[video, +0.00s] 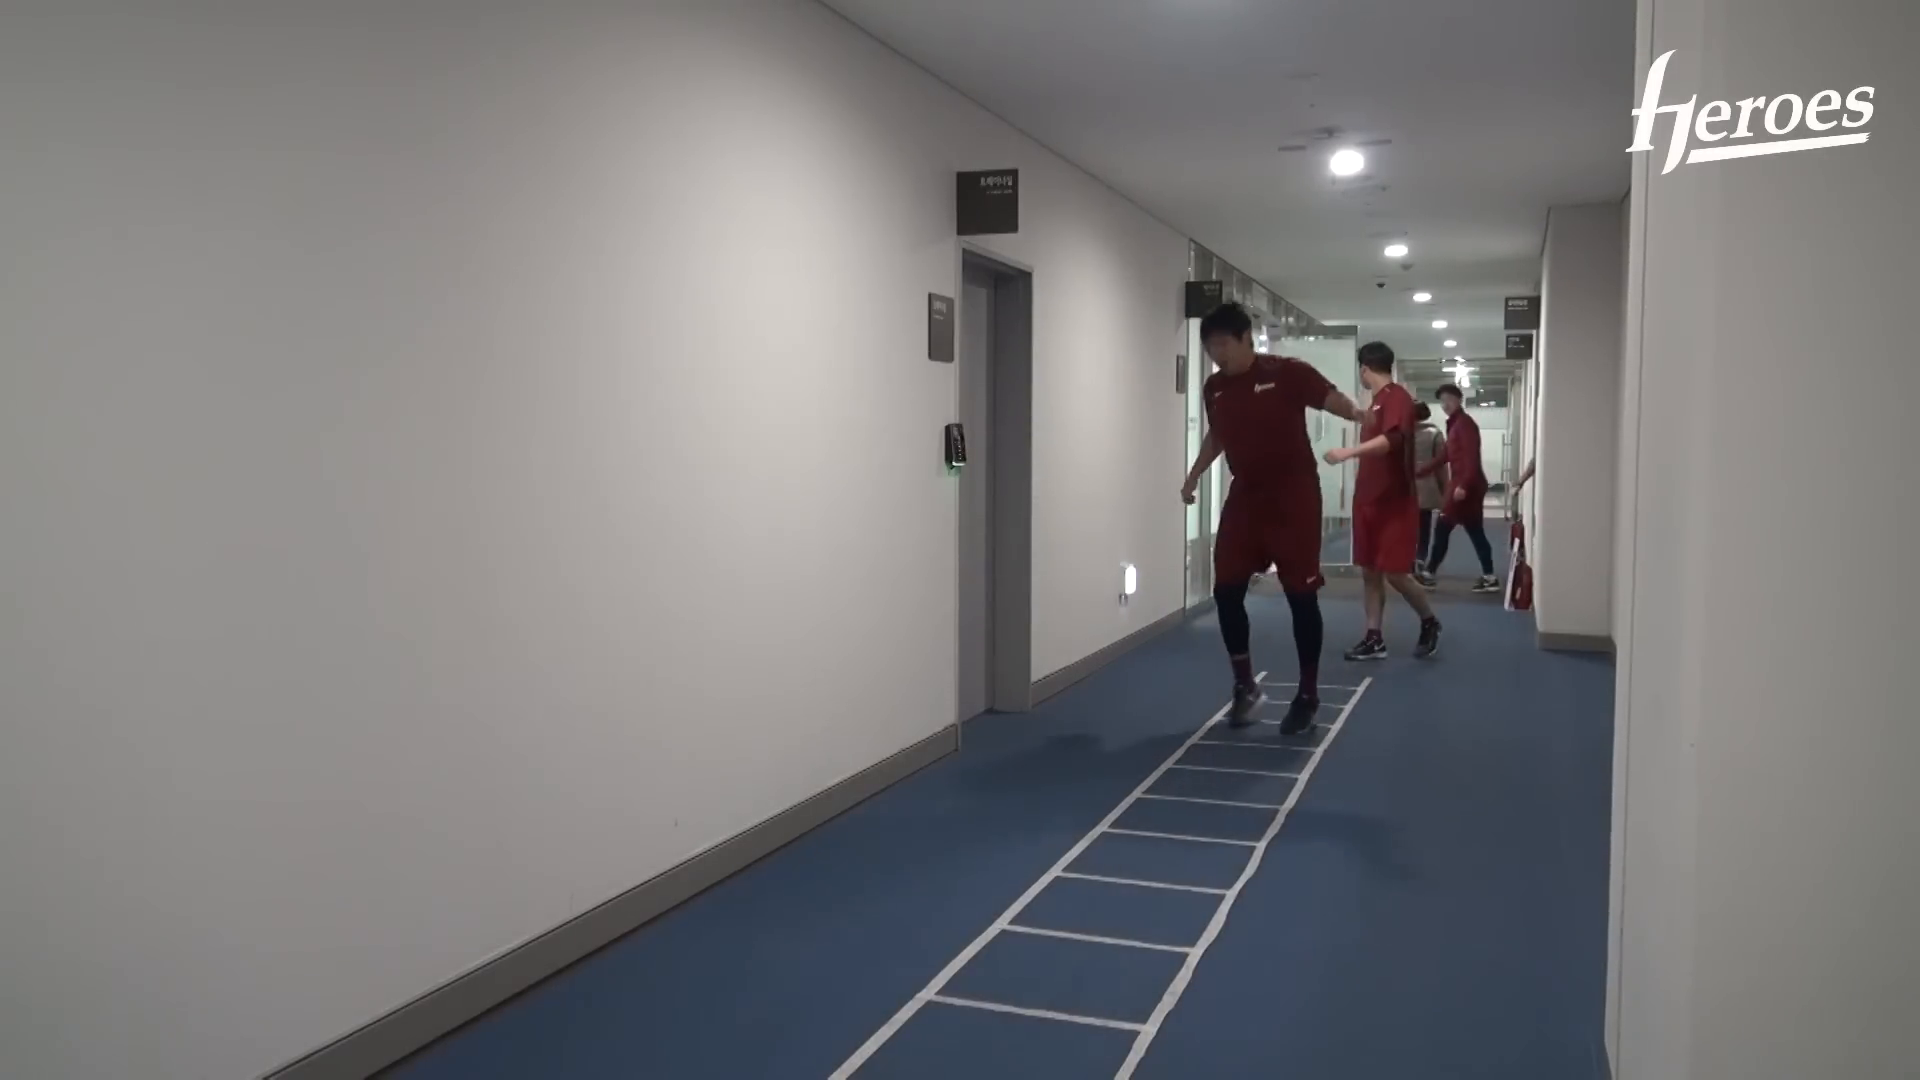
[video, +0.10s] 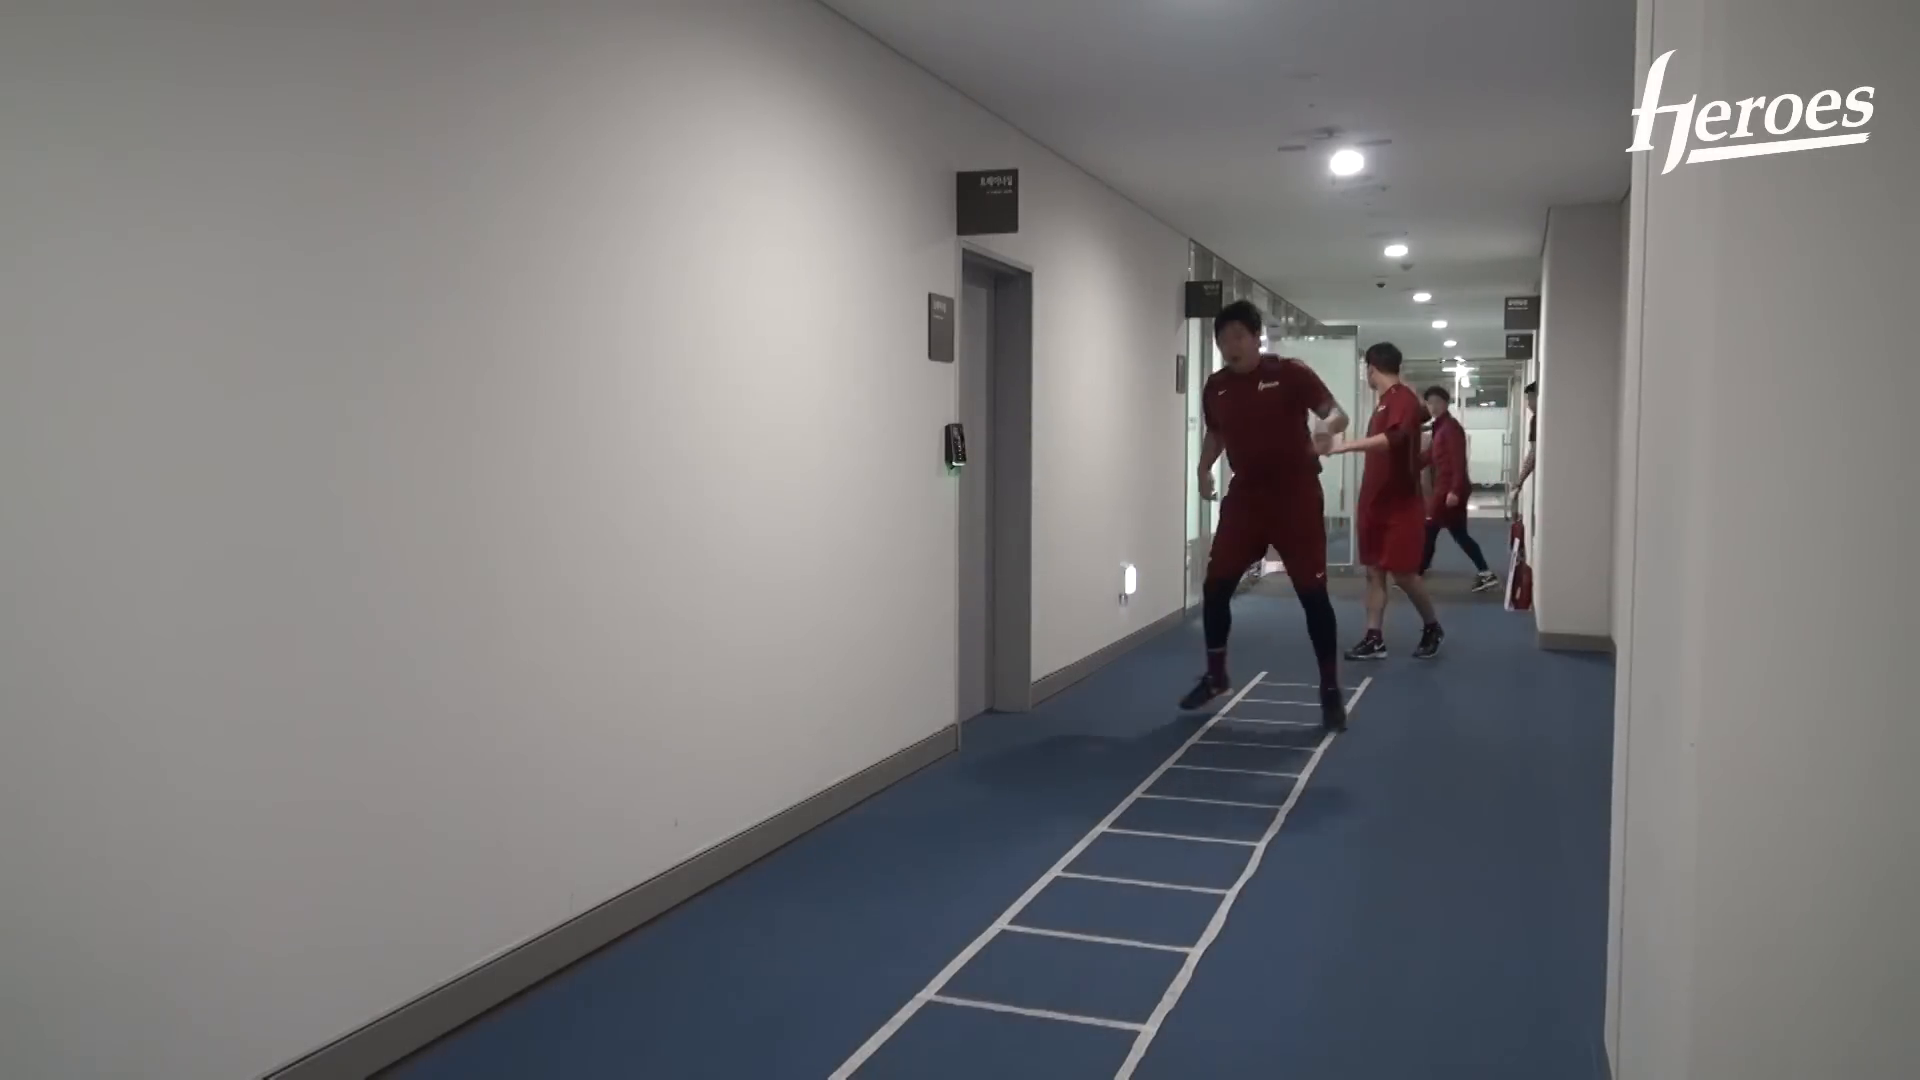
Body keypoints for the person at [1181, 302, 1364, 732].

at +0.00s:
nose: (1214, 355)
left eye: (1219, 345)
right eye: (1209, 348)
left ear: (1243, 339)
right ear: (1210, 348)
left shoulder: (1288, 373)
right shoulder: (1215, 388)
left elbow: (1338, 403)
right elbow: (1219, 434)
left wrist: (1361, 416)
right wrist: (1193, 476)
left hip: (1294, 496)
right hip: (1245, 497)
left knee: (1300, 592)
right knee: (1227, 591)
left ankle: (1307, 694)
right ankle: (1244, 686)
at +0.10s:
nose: (1231, 352)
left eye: (1236, 342)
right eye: (1224, 346)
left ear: (1257, 337)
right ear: (1219, 346)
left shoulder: (1291, 373)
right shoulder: (1216, 386)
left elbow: (1337, 416)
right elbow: (1217, 434)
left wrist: (1326, 431)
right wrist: (1204, 465)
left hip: (1296, 497)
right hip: (1245, 498)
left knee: (1312, 593)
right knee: (1215, 589)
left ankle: (1330, 689)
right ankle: (1216, 676)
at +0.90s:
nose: (1231, 403)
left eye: (1232, 394)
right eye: (1227, 397)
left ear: (1251, 381)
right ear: (1245, 385)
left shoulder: (1309, 400)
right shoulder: (1238, 417)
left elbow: (1348, 440)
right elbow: (1242, 464)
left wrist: (1351, 494)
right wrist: (1217, 498)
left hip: (1309, 520)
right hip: (1258, 522)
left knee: (1343, 598)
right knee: (1222, 597)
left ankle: (1362, 678)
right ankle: (1218, 672)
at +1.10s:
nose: (1229, 385)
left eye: (1228, 377)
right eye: (1225, 380)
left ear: (1242, 363)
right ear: (1237, 367)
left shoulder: (1301, 378)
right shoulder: (1242, 396)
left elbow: (1348, 415)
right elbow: (1256, 446)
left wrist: (1342, 466)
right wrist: (1240, 484)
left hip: (1309, 499)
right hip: (1262, 500)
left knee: (1327, 583)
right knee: (1244, 580)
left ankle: (1345, 671)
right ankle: (1227, 667)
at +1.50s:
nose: (1247, 353)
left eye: (1247, 346)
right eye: (1248, 346)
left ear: (1254, 346)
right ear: (1280, 341)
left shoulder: (1286, 373)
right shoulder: (1281, 375)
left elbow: (1308, 416)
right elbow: (1302, 428)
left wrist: (1265, 448)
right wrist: (1262, 455)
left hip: (1301, 495)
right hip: (1282, 495)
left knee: (1312, 573)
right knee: (1273, 573)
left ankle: (1326, 652)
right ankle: (1266, 658)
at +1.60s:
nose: (1255, 348)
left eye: (1255, 342)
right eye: (1256, 343)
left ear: (1260, 343)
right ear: (1288, 339)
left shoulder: (1287, 370)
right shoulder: (1287, 370)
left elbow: (1313, 415)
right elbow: (1300, 422)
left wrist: (1270, 445)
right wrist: (1266, 446)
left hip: (1303, 488)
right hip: (1290, 486)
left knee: (1313, 569)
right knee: (1271, 567)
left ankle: (1337, 655)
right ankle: (1277, 651)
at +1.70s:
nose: (1260, 364)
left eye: (1260, 358)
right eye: (1261, 358)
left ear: (1266, 359)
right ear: (1291, 356)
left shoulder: (1290, 385)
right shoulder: (1290, 385)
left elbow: (1316, 432)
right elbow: (1308, 440)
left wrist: (1279, 470)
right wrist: (1277, 480)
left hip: (1313, 502)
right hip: (1296, 500)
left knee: (1310, 581)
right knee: (1267, 570)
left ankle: (1343, 661)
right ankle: (1293, 648)